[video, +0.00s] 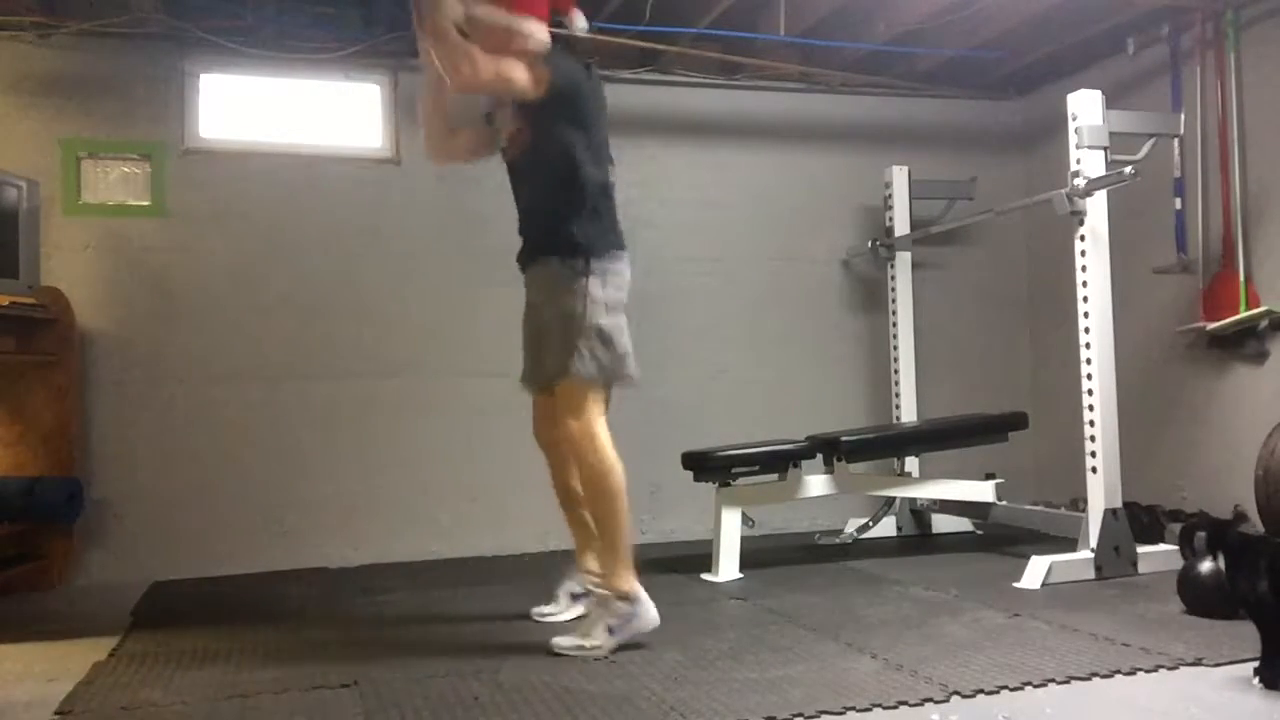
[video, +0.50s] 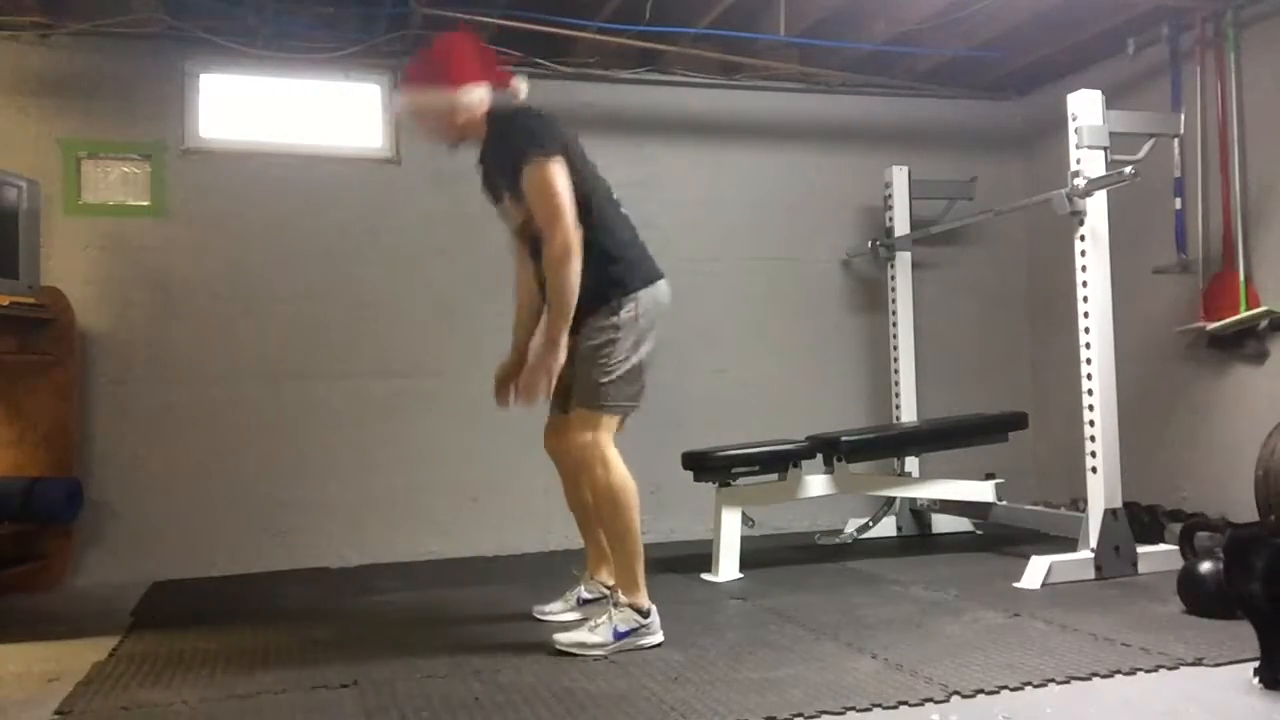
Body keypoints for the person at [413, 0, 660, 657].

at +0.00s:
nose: (482, 41)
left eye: (486, 27)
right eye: (480, 31)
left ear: (528, 22)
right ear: (514, 36)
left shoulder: (565, 71)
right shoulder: (523, 102)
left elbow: (463, 67)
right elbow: (444, 144)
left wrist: (429, 8)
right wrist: (430, 50)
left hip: (586, 266)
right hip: (549, 271)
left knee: (583, 424)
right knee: (552, 429)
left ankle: (626, 595)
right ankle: (596, 573)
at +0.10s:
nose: (483, 69)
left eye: (489, 52)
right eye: (479, 55)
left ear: (532, 47)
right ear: (518, 55)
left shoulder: (575, 95)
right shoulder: (534, 121)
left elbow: (516, 136)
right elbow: (472, 201)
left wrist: (461, 89)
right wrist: (442, 114)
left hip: (586, 299)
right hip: (550, 302)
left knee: (579, 446)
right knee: (552, 445)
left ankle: (635, 606)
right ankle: (603, 585)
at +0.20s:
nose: (475, 74)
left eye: (481, 58)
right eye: (473, 61)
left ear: (520, 51)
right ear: (515, 54)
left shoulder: (568, 96)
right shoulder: (533, 126)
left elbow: (566, 180)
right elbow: (531, 232)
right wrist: (460, 212)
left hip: (587, 296)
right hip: (552, 300)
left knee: (583, 441)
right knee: (558, 440)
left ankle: (635, 606)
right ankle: (603, 583)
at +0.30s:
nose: (462, 75)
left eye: (466, 60)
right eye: (458, 63)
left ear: (502, 54)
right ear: (496, 60)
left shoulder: (556, 98)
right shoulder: (523, 118)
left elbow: (589, 194)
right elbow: (546, 226)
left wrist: (524, 276)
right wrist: (499, 287)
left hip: (591, 292)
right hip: (559, 299)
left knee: (586, 439)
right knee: (561, 440)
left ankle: (636, 606)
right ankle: (605, 585)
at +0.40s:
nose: (444, 89)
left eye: (449, 75)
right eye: (441, 77)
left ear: (486, 66)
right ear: (485, 70)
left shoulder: (541, 105)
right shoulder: (509, 129)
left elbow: (584, 203)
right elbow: (545, 230)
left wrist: (556, 306)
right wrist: (521, 313)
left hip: (599, 294)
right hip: (570, 300)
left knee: (590, 439)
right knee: (567, 439)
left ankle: (635, 606)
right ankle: (604, 584)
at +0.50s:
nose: (432, 123)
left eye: (435, 107)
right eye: (425, 111)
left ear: (470, 93)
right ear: (457, 102)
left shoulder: (523, 131)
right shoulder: (494, 156)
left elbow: (564, 240)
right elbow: (528, 254)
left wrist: (552, 343)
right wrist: (521, 347)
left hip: (623, 296)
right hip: (588, 306)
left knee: (590, 441)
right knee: (563, 440)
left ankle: (638, 607)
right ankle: (603, 581)